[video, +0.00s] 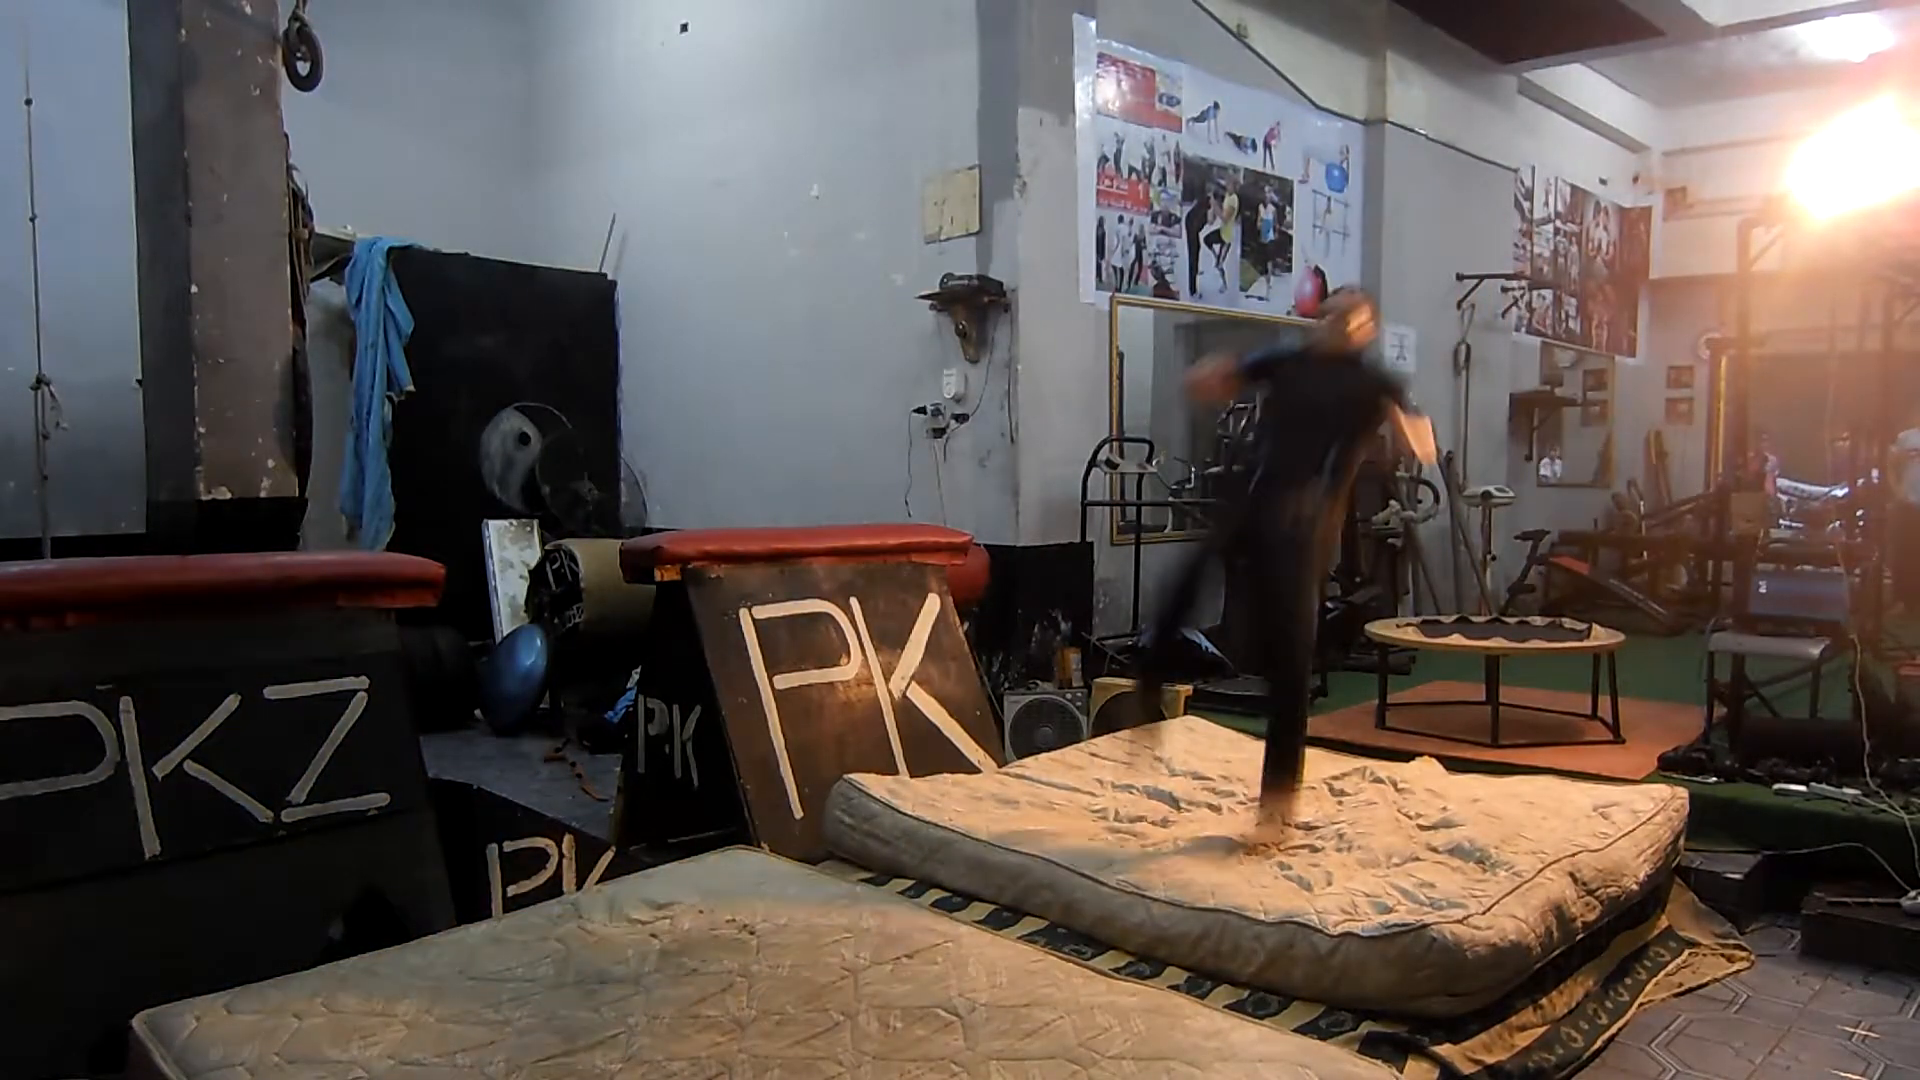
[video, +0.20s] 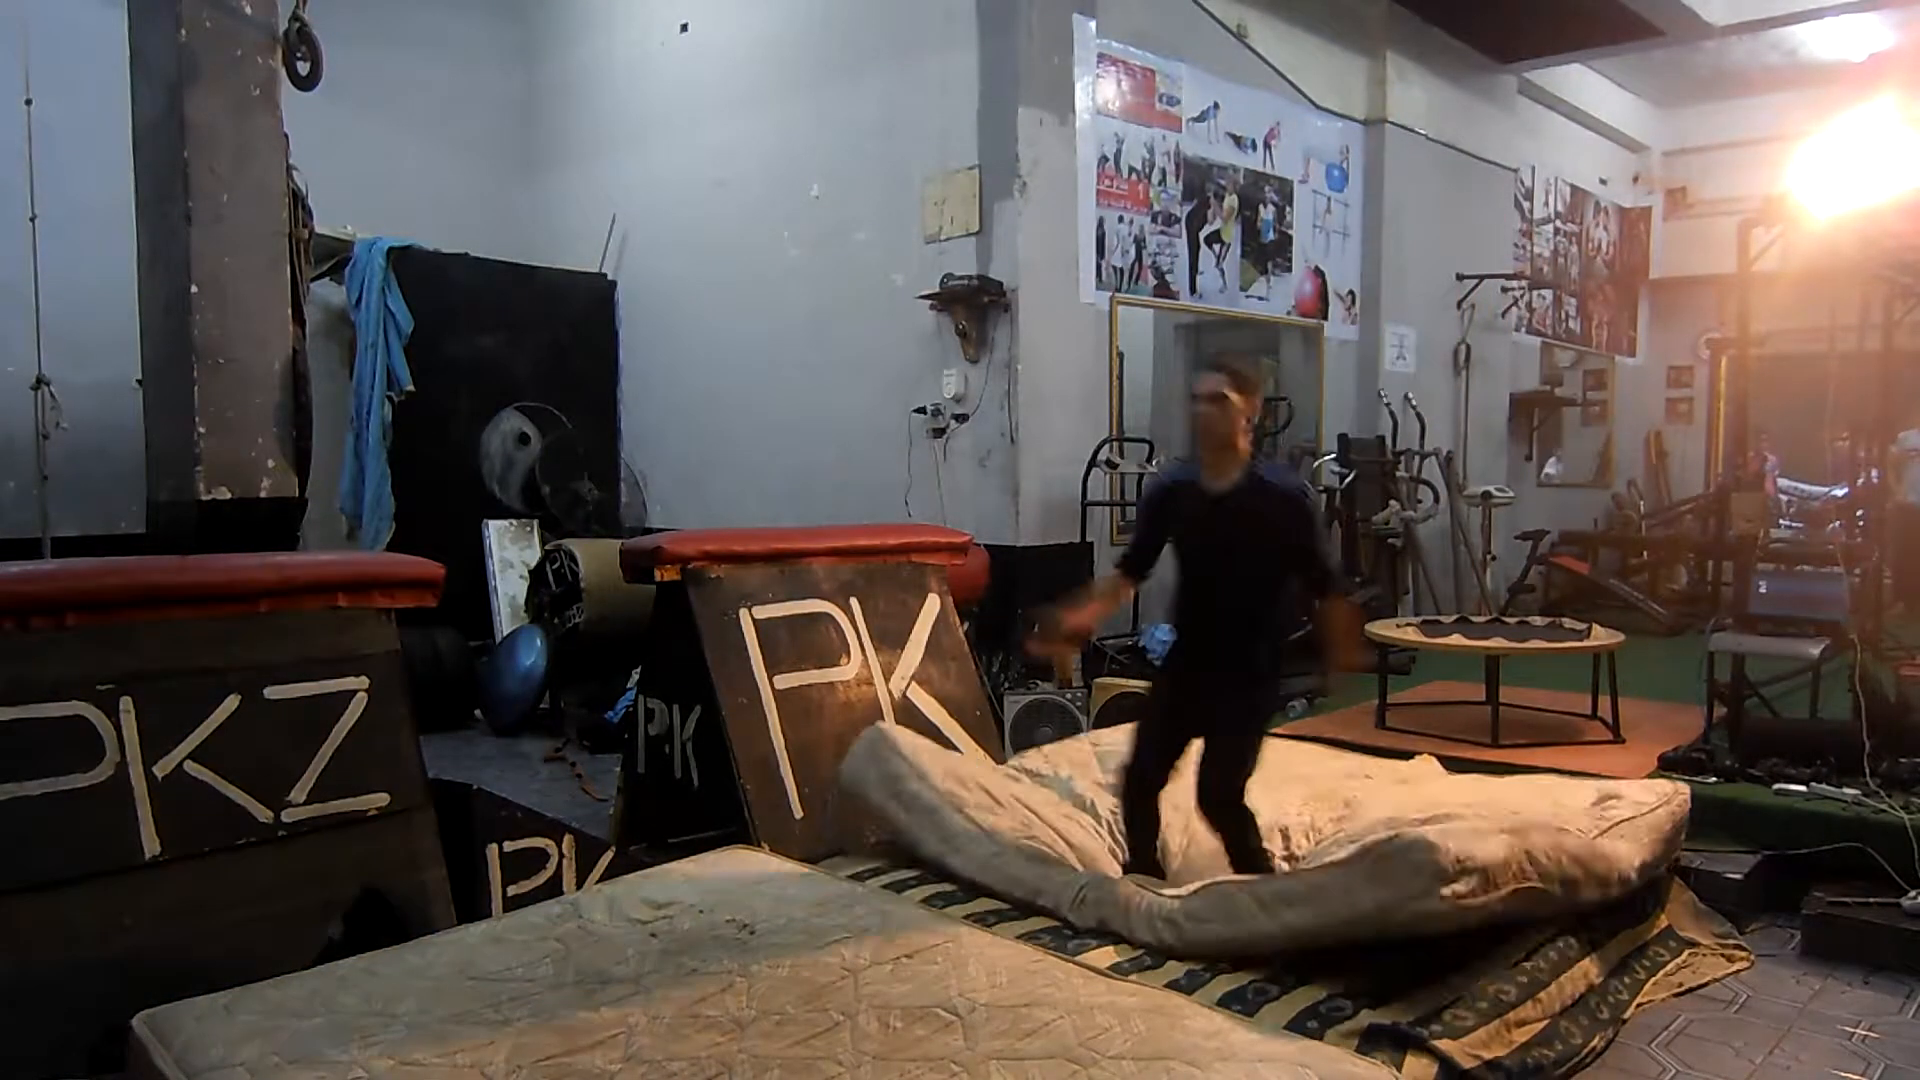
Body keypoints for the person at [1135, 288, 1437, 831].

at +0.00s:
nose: (1352, 324)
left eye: (1362, 318)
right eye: (1344, 314)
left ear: (1371, 330)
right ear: (1325, 320)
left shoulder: (1374, 381)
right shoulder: (1287, 361)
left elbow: (1424, 451)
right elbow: (1203, 383)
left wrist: (1401, 410)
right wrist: (1223, 376)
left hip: (1304, 539)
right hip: (1243, 520)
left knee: (1290, 670)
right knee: (1176, 609)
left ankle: (1276, 811)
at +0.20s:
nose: (1202, 413)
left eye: (1217, 402)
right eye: (1196, 402)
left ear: (1249, 413)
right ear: (1190, 410)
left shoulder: (1283, 500)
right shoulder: (1173, 492)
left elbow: (1327, 588)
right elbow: (1132, 571)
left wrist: (1340, 661)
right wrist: (1089, 611)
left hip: (1253, 668)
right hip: (1188, 661)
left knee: (1218, 796)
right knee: (1139, 783)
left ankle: (1264, 889)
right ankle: (1144, 886)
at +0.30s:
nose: (1173, 359)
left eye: (1185, 345)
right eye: (1165, 347)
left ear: (1215, 349)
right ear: (1155, 356)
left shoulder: (1256, 437)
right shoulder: (1141, 438)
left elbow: (1282, 534)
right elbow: (1147, 531)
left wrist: (1280, 607)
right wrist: (1143, 609)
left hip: (1225, 620)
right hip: (1159, 617)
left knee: (1219, 777)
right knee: (1137, 772)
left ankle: (1256, 893)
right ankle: (1141, 891)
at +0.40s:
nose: (1144, 294)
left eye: (1157, 280)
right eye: (1135, 282)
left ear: (1189, 286)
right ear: (1126, 293)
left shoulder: (1236, 375)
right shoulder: (1111, 376)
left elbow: (1277, 476)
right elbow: (1110, 465)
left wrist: (1294, 569)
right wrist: (1094, 531)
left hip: (1205, 562)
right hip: (1135, 560)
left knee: (1195, 708)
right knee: (1127, 713)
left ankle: (1224, 807)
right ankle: (1139, 853)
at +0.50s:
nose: (1116, 265)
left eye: (1130, 251)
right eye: (1106, 254)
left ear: (1165, 257)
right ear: (1099, 267)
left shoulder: (1220, 348)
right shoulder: (1080, 349)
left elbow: (1284, 447)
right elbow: (1052, 438)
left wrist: (1310, 545)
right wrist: (1019, 522)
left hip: (1185, 540)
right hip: (1107, 539)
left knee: (1181, 684)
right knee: (1093, 704)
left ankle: (1167, 796)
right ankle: (1135, 784)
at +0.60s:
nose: (1080, 280)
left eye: (1093, 265)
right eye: (1071, 267)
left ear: (1134, 266)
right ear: (1063, 275)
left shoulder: (1193, 359)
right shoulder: (1045, 363)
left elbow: (1279, 450)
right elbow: (992, 444)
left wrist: (1316, 550)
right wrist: (940, 526)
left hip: (1159, 561)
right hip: (1080, 558)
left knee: (1159, 730)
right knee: (1047, 699)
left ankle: (1150, 876)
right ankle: (1112, 720)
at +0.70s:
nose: (1040, 339)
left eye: (1054, 324)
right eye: (1031, 325)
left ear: (1094, 325)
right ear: (1022, 331)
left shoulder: (1151, 420)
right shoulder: (1015, 414)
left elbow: (1264, 510)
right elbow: (952, 491)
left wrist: (1290, 611)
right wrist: (879, 563)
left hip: (1127, 618)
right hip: (1049, 606)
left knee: (1136, 796)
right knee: (967, 689)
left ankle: (1156, 954)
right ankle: (1049, 788)